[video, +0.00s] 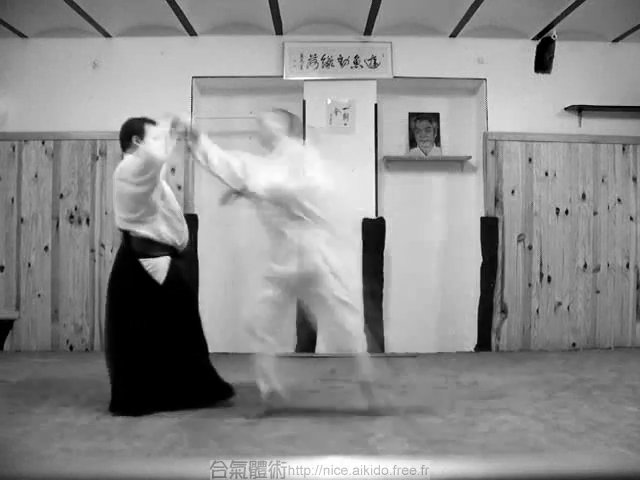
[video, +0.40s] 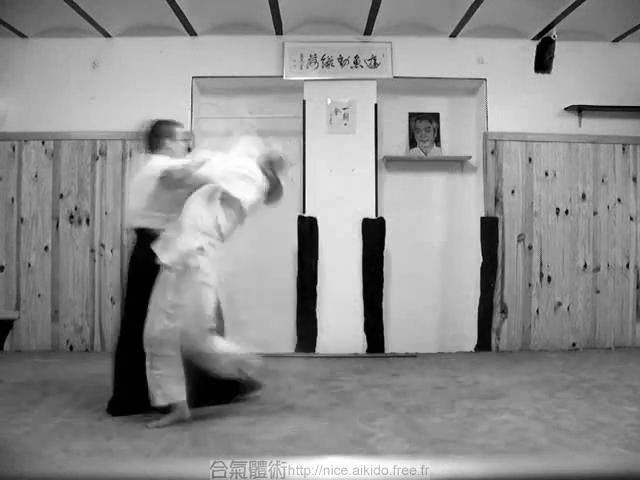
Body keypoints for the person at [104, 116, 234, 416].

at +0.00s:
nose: (159, 141)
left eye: (158, 136)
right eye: (153, 136)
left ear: (137, 143)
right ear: (136, 141)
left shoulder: (147, 171)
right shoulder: (129, 171)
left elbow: (165, 161)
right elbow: (153, 157)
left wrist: (173, 137)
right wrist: (162, 128)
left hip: (160, 257)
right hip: (144, 259)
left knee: (170, 328)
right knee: (145, 331)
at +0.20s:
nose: (166, 141)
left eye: (164, 135)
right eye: (159, 137)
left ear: (139, 143)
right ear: (142, 142)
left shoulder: (135, 167)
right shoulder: (147, 166)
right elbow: (189, 155)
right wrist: (207, 128)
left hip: (134, 250)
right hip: (158, 253)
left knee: (132, 325)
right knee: (155, 327)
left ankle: (127, 397)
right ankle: (145, 398)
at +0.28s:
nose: (172, 142)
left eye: (170, 137)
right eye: (165, 138)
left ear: (145, 143)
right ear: (147, 143)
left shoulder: (142, 166)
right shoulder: (150, 166)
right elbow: (196, 160)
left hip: (141, 250)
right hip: (150, 253)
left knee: (138, 325)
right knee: (146, 327)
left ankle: (132, 398)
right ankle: (137, 398)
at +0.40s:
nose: (187, 145)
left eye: (188, 140)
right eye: (181, 140)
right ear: (162, 143)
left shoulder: (178, 166)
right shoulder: (157, 165)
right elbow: (187, 173)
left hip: (177, 244)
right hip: (154, 245)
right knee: (140, 323)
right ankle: (130, 397)